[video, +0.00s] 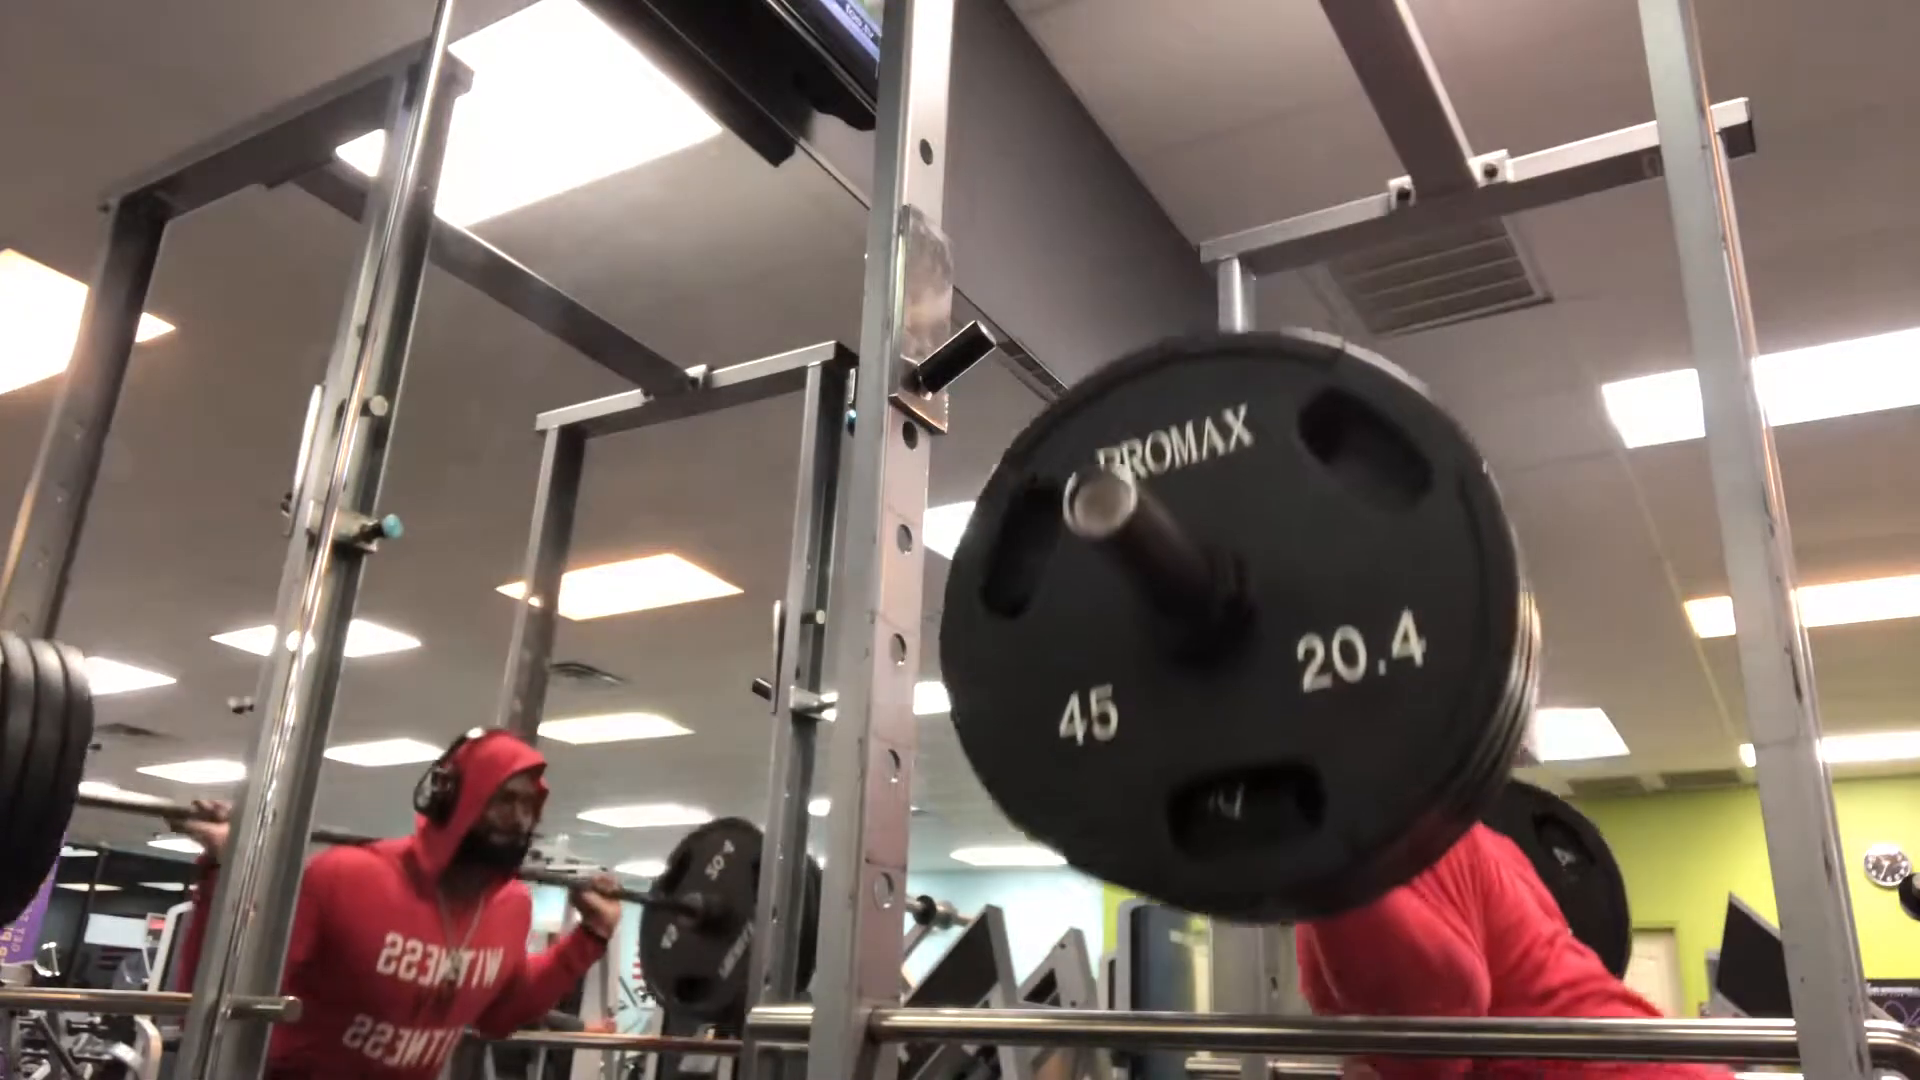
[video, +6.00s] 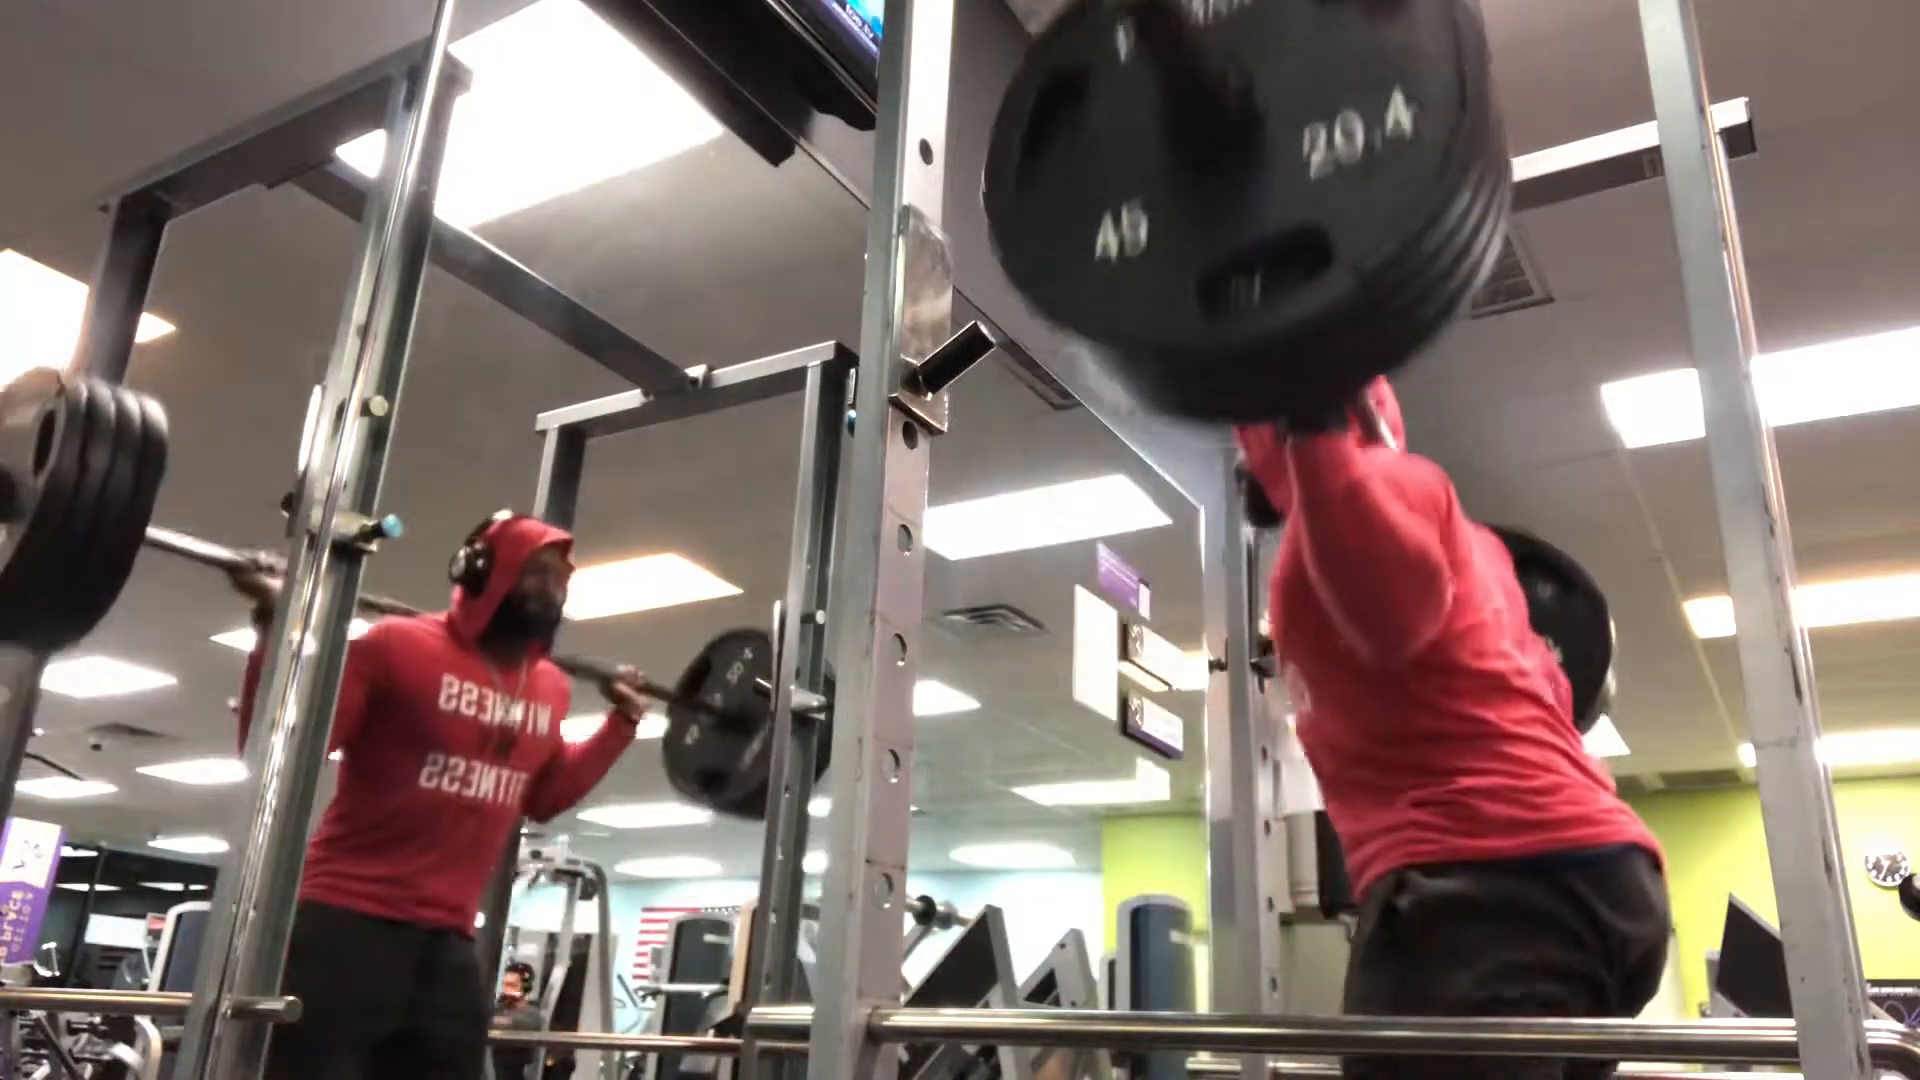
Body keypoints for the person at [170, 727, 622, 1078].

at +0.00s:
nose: (521, 821)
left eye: (532, 805)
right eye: (504, 800)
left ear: (540, 812)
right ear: (456, 799)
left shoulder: (512, 906)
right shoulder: (341, 878)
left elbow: (497, 1016)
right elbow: (220, 991)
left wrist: (586, 940)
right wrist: (223, 870)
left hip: (415, 1072)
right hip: (303, 1067)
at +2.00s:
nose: (542, 593)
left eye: (552, 578)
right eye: (527, 572)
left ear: (558, 588)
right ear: (479, 571)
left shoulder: (532, 682)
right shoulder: (375, 639)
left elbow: (525, 795)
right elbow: (246, 748)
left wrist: (610, 719)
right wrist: (260, 630)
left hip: (442, 948)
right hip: (334, 930)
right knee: (312, 1069)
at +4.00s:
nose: (529, 753)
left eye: (538, 738)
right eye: (513, 731)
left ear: (544, 749)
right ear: (465, 730)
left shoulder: (516, 844)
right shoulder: (350, 808)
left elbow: (501, 952)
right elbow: (214, 935)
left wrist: (592, 881)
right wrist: (233, 800)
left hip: (411, 1059)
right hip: (302, 1051)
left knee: (471, 1070)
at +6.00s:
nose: (554, 592)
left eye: (561, 576)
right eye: (537, 572)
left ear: (566, 586)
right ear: (490, 575)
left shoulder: (548, 686)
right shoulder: (398, 645)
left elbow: (544, 798)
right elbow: (271, 749)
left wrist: (621, 723)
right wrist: (275, 627)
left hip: (447, 943)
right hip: (344, 924)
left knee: (452, 1067)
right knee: (317, 1069)